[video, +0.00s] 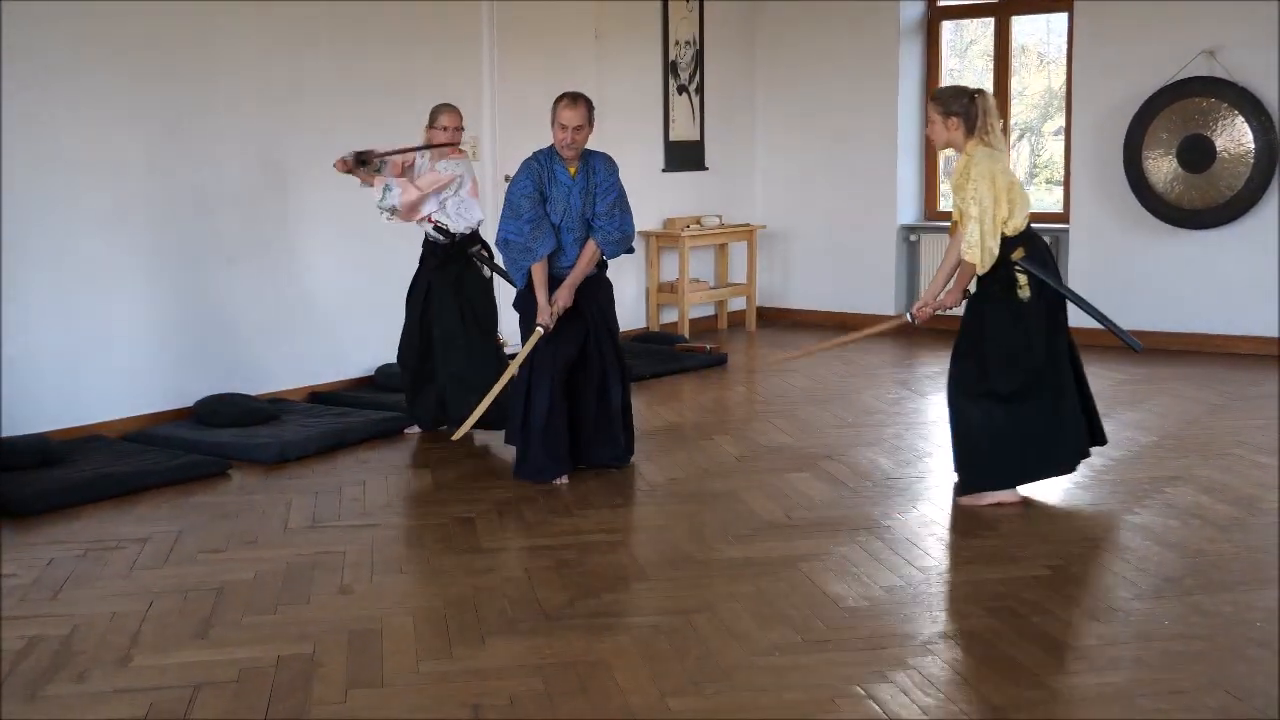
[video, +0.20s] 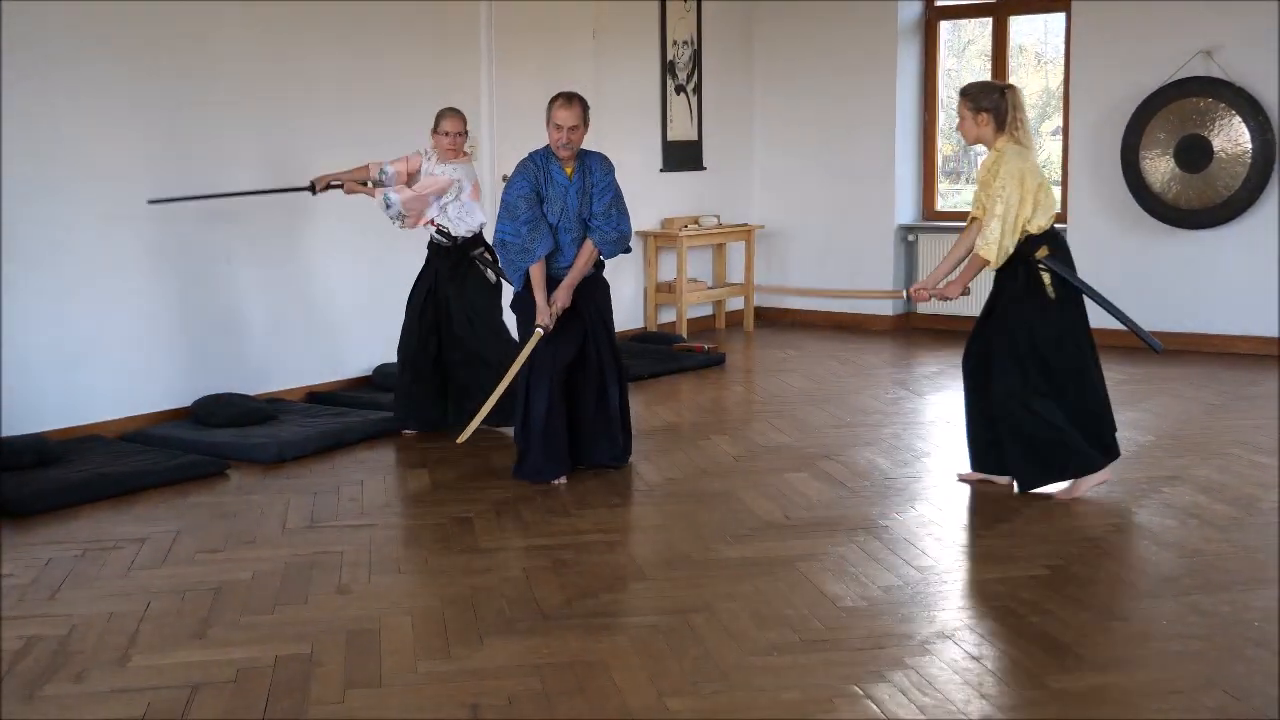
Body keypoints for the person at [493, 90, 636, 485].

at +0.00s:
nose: (568, 136)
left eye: (577, 128)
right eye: (561, 127)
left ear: (590, 129)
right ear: (551, 127)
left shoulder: (602, 167)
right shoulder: (533, 170)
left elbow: (606, 232)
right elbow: (533, 237)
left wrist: (571, 284)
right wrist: (541, 298)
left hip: (591, 280)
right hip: (543, 285)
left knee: (598, 363)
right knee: (548, 369)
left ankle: (597, 450)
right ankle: (550, 462)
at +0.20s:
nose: (564, 136)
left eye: (573, 128)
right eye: (557, 127)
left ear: (585, 129)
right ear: (547, 127)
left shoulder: (598, 168)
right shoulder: (529, 171)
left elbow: (603, 232)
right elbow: (531, 239)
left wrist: (569, 285)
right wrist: (540, 299)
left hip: (587, 281)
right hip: (539, 286)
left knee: (594, 364)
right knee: (546, 371)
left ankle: (595, 451)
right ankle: (549, 463)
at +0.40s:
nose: (562, 136)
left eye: (571, 128)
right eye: (555, 127)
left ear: (583, 129)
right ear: (545, 127)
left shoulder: (596, 168)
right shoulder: (526, 172)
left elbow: (601, 232)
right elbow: (529, 239)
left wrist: (567, 285)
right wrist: (538, 299)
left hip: (585, 280)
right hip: (537, 285)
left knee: (592, 364)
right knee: (544, 370)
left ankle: (593, 451)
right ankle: (547, 463)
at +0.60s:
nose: (561, 136)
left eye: (570, 128)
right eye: (554, 127)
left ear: (583, 129)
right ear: (544, 127)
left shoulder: (596, 168)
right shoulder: (526, 171)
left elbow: (601, 232)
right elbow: (528, 240)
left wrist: (567, 284)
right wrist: (538, 300)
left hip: (584, 280)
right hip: (536, 285)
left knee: (590, 364)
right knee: (542, 370)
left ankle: (590, 451)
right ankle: (545, 462)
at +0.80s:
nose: (560, 136)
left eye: (569, 128)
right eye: (553, 127)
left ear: (582, 129)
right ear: (544, 127)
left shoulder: (595, 168)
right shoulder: (525, 172)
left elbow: (600, 231)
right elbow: (527, 239)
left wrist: (565, 284)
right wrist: (537, 299)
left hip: (583, 280)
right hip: (535, 284)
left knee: (589, 365)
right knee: (541, 370)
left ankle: (590, 451)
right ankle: (544, 463)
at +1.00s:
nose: (560, 135)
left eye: (569, 127)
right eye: (553, 127)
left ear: (581, 128)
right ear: (543, 126)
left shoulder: (594, 167)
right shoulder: (524, 171)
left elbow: (600, 231)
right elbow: (525, 239)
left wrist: (565, 284)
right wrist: (536, 298)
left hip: (583, 280)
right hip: (535, 284)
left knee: (588, 364)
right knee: (540, 369)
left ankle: (588, 451)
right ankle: (544, 463)